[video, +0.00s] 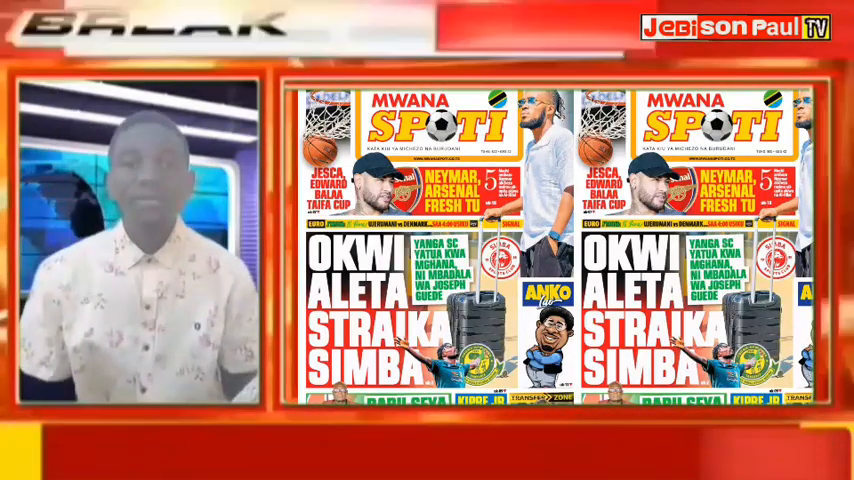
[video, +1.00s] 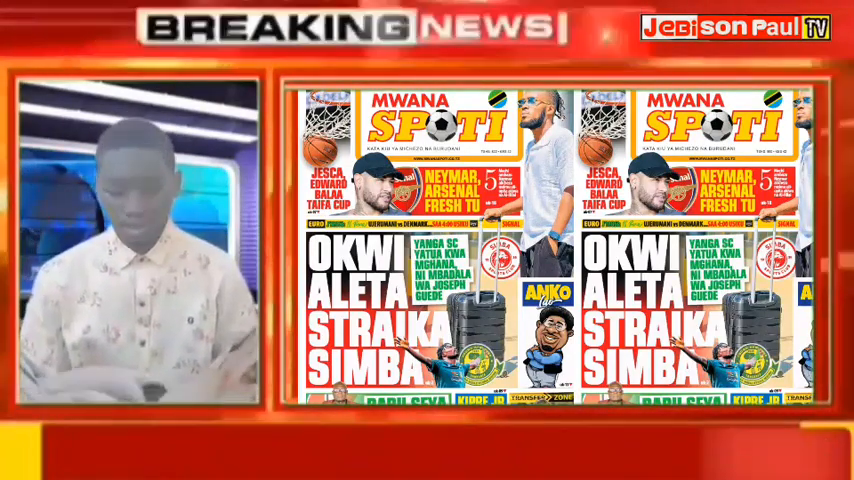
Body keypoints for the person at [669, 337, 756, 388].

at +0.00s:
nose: (728, 349)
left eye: (729, 347)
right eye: (724, 347)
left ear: (731, 351)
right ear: (718, 353)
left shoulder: (737, 366)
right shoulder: (714, 364)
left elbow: (749, 365)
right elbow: (698, 359)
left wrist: (754, 359)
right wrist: (684, 348)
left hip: (736, 401)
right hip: (720, 401)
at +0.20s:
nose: (728, 349)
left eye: (729, 347)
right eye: (724, 347)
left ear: (731, 351)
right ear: (718, 353)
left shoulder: (737, 366)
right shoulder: (714, 364)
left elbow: (749, 365)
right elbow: (698, 359)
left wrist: (754, 359)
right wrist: (684, 348)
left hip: (737, 401)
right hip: (720, 401)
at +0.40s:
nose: (728, 349)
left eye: (729, 347)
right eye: (724, 347)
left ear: (731, 351)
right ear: (718, 353)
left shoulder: (737, 366)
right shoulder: (714, 364)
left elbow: (749, 365)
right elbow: (698, 359)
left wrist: (754, 359)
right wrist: (684, 348)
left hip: (736, 400)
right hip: (720, 400)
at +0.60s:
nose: (728, 349)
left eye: (729, 347)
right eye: (724, 347)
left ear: (731, 351)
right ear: (718, 353)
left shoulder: (737, 366)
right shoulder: (714, 364)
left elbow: (749, 365)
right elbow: (698, 359)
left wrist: (754, 359)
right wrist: (684, 348)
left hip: (736, 401)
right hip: (720, 401)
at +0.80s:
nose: (728, 349)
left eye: (729, 347)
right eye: (724, 347)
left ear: (731, 351)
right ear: (718, 353)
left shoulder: (737, 366)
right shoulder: (714, 364)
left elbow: (749, 365)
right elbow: (698, 358)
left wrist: (754, 359)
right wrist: (684, 348)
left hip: (736, 401)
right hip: (720, 401)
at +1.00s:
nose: (728, 348)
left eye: (729, 347)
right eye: (724, 347)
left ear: (731, 351)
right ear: (718, 353)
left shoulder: (737, 366)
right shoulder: (714, 364)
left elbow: (749, 365)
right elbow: (698, 359)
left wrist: (754, 359)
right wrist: (684, 348)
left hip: (737, 400)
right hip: (720, 400)